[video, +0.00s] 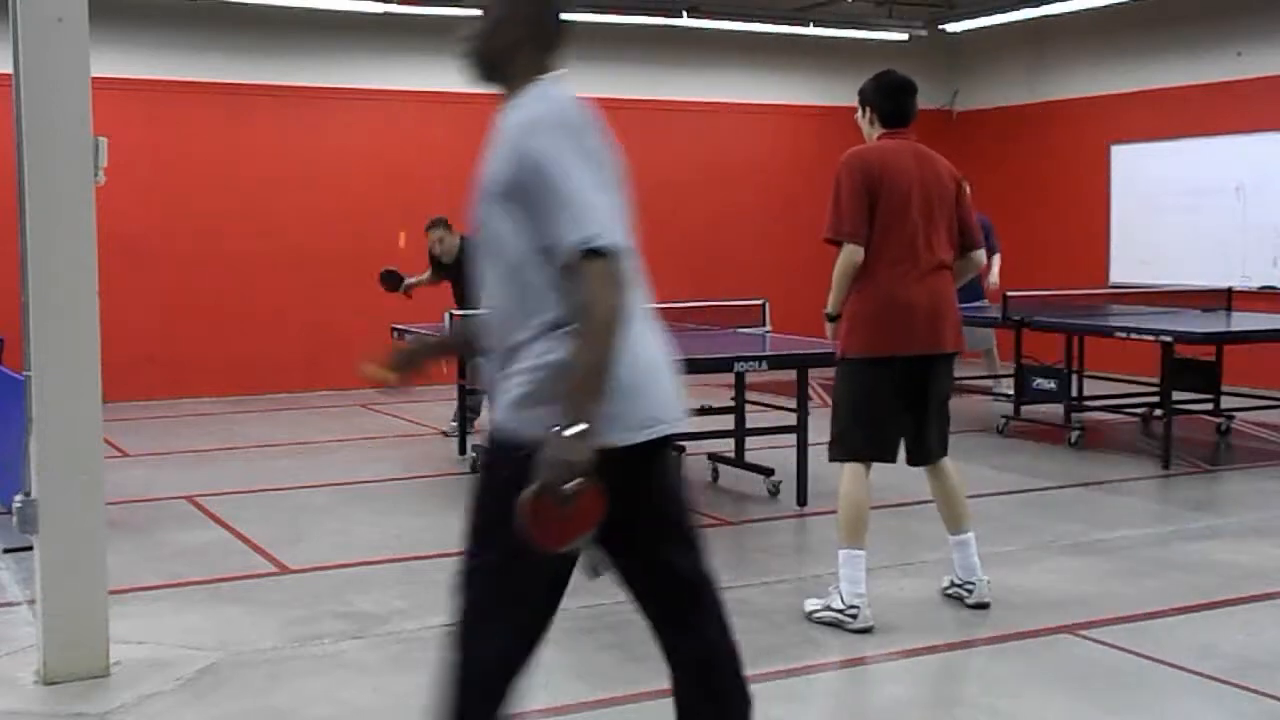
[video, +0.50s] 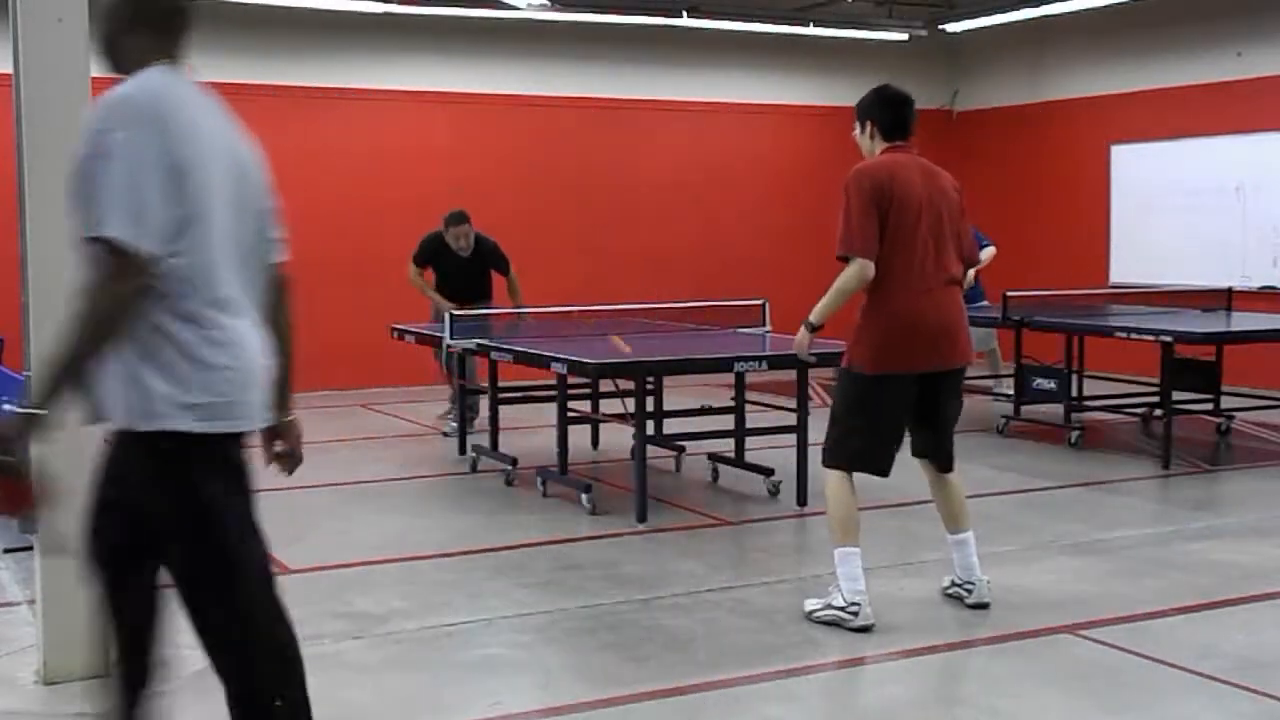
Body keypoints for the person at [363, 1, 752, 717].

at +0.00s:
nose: (473, 28)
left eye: (490, 14)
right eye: (480, 14)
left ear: (532, 27)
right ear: (539, 33)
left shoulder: (544, 121)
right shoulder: (531, 122)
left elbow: (601, 282)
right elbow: (542, 309)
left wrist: (574, 428)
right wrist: (442, 340)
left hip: (553, 431)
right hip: (618, 427)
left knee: (488, 649)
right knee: (691, 627)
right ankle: (723, 714)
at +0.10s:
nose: (388, 53)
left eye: (404, 35)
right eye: (394, 36)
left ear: (444, 49)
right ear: (454, 53)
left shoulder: (456, 139)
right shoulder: (460, 136)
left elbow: (508, 298)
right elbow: (464, 305)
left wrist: (499, 454)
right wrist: (355, 331)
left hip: (472, 451)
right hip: (548, 444)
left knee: (395, 647)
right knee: (625, 611)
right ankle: (690, 706)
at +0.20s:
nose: (303, 49)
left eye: (316, 34)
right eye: (308, 34)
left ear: (347, 47)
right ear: (376, 51)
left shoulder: (364, 138)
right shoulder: (401, 131)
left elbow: (406, 304)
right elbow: (405, 292)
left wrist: (407, 461)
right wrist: (306, 335)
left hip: (365, 437)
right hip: (443, 434)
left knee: (308, 620)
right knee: (493, 597)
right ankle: (624, 707)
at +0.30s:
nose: (232, 33)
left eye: (242, 19)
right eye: (237, 19)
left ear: (266, 28)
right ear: (308, 33)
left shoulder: (281, 121)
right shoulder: (341, 113)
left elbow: (304, 296)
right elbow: (357, 282)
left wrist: (284, 442)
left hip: (292, 421)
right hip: (358, 410)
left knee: (269, 613)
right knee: (333, 565)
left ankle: (288, 718)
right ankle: (488, 695)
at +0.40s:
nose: (165, 29)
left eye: (172, 15)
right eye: (170, 16)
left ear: (191, 20)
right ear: (244, 22)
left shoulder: (203, 103)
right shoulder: (283, 105)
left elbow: (211, 277)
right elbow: (328, 267)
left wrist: (163, 418)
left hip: (237, 398)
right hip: (293, 393)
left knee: (249, 590)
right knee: (247, 578)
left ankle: (280, 707)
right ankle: (293, 700)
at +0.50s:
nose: (97, 29)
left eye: (103, 16)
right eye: (101, 17)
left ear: (118, 24)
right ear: (178, 30)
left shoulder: (129, 109)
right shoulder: (221, 119)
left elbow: (126, 273)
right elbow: (271, 278)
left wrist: (36, 403)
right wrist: (282, 403)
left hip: (177, 403)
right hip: (221, 394)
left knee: (233, 598)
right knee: (120, 546)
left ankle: (276, 712)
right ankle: (129, 704)